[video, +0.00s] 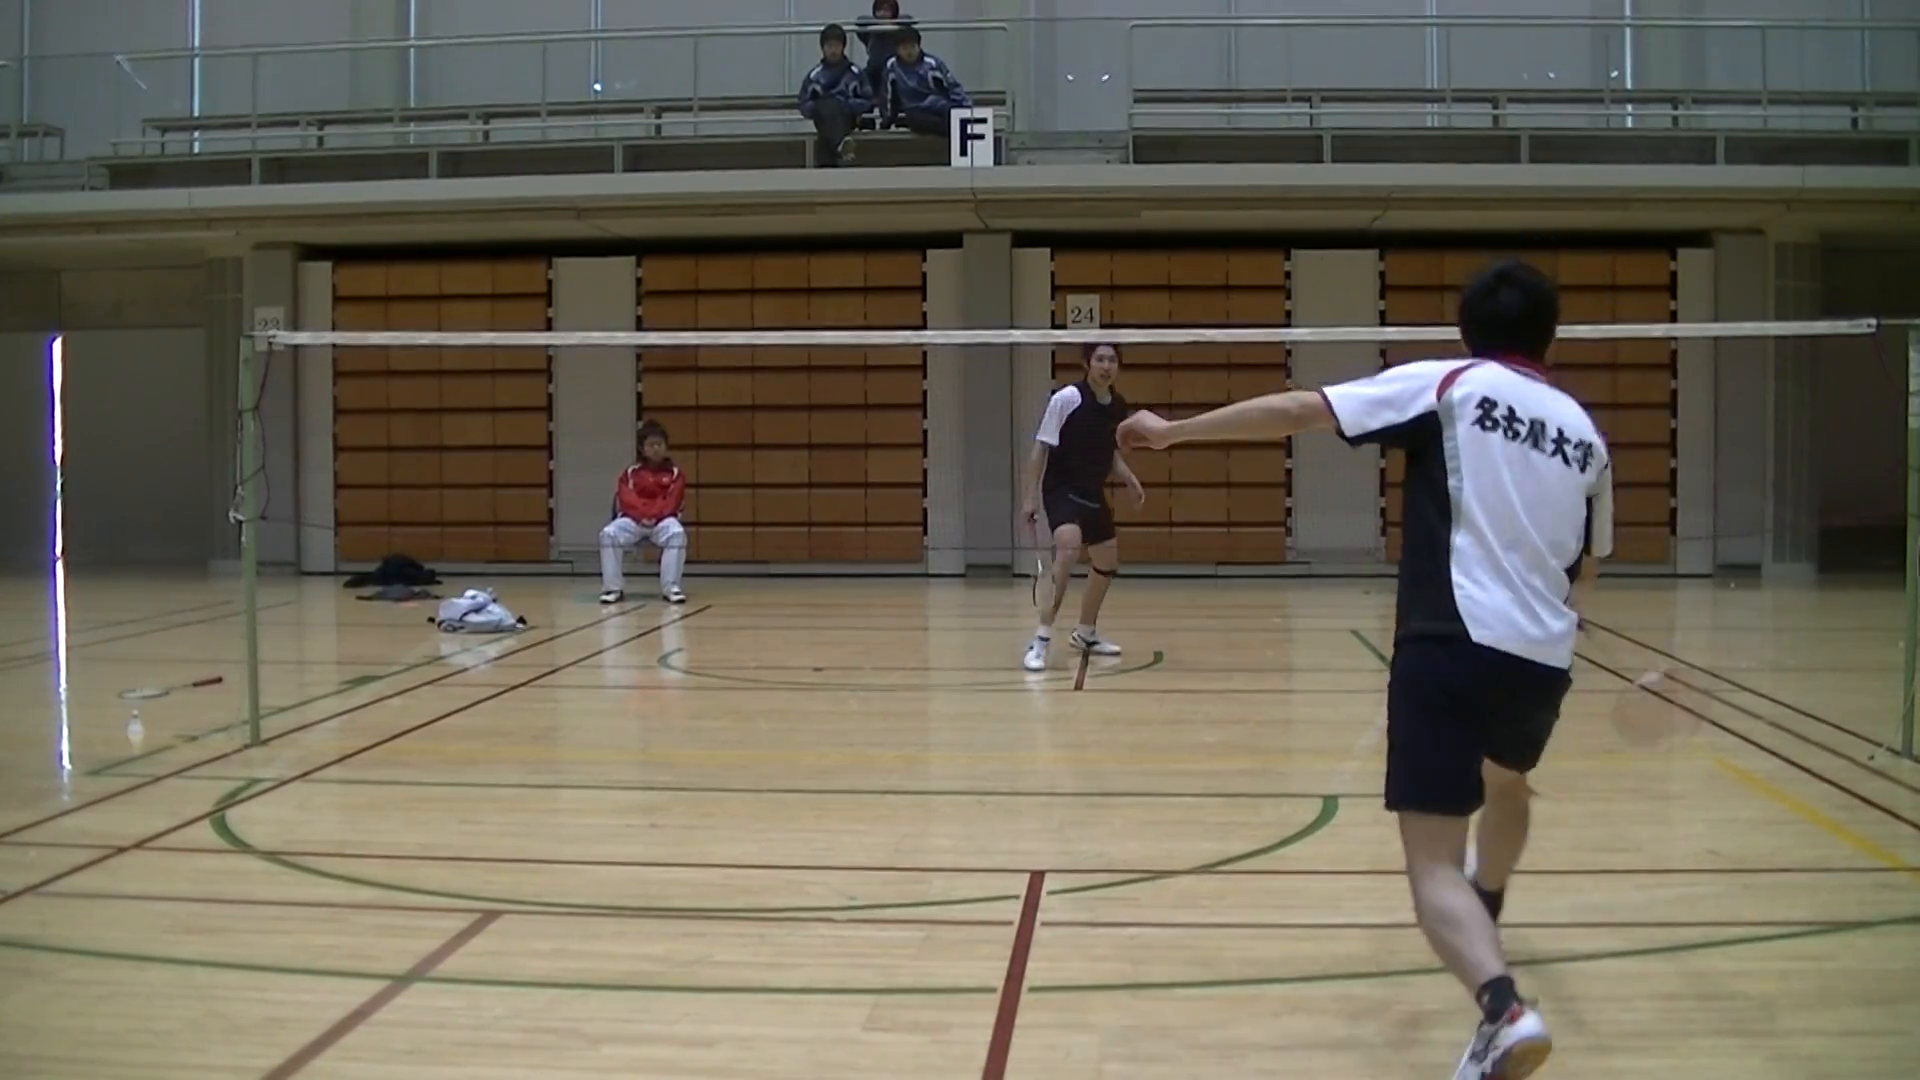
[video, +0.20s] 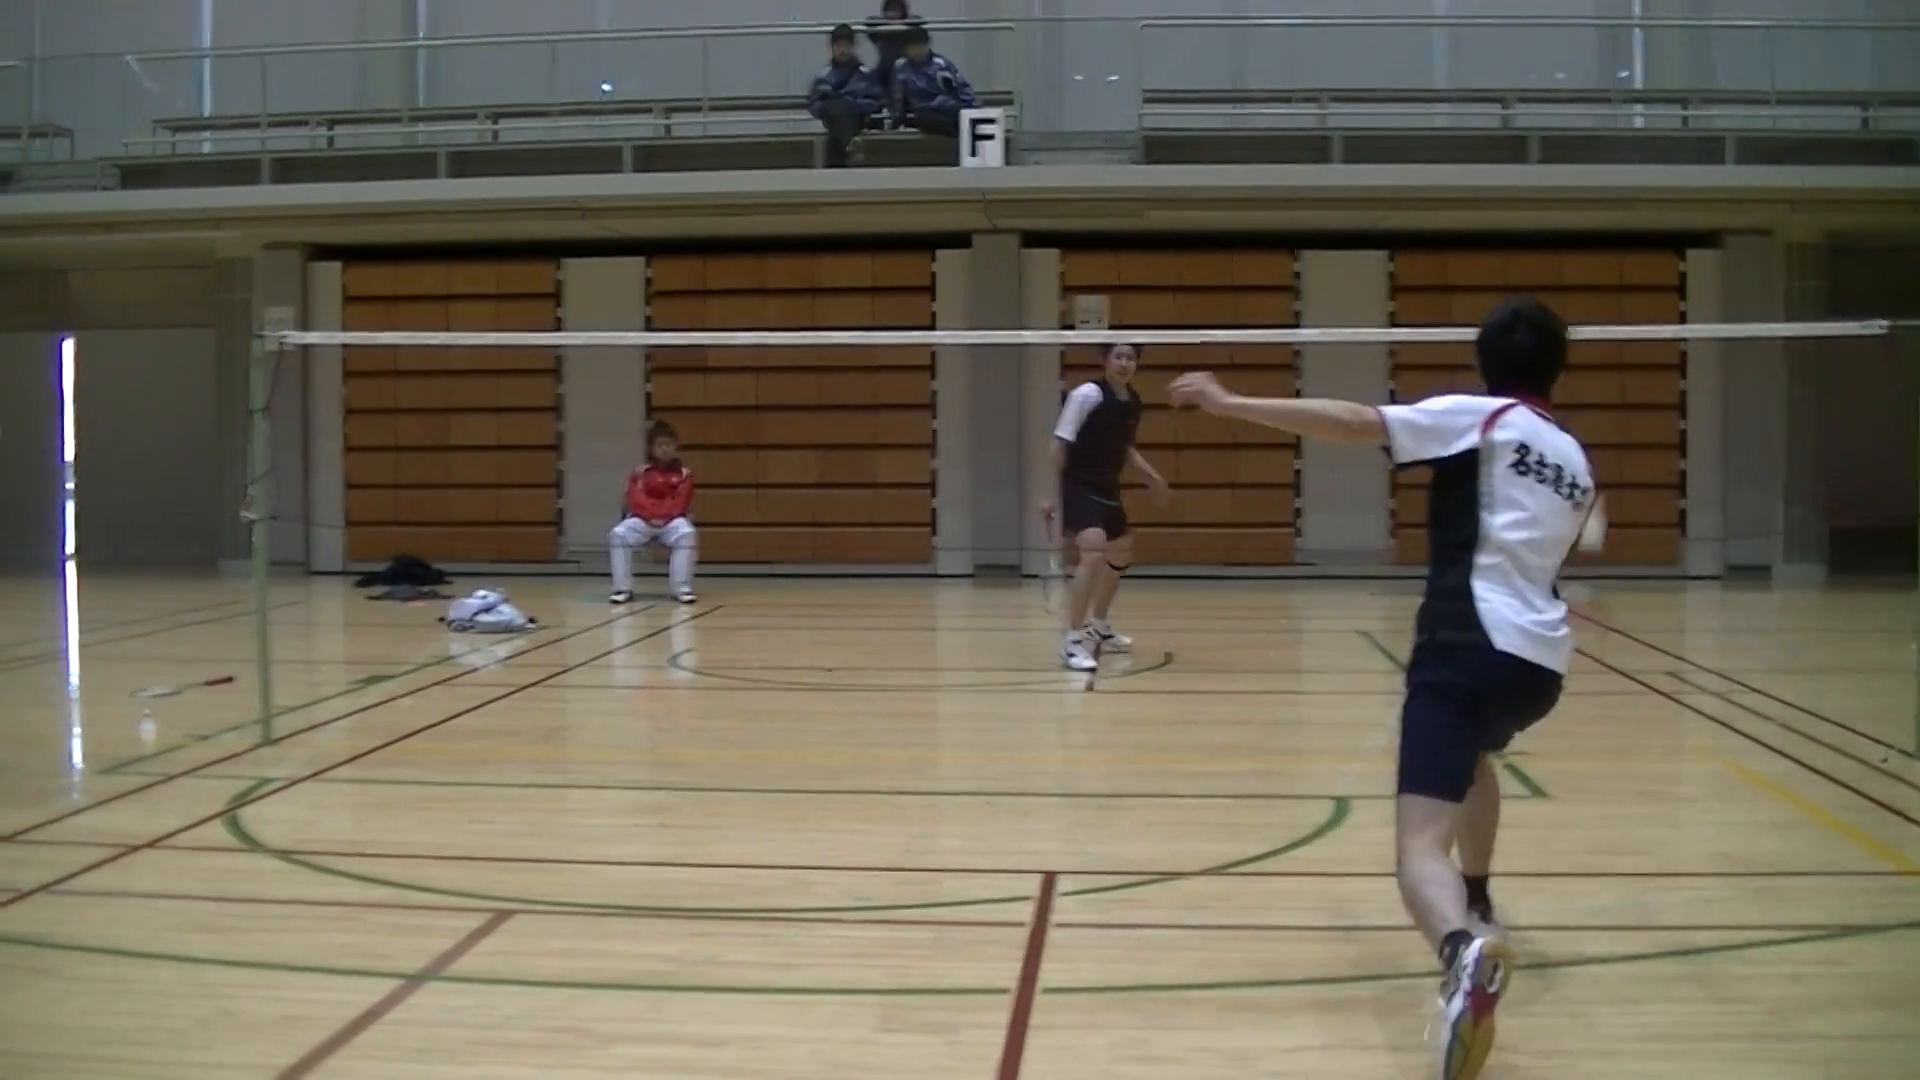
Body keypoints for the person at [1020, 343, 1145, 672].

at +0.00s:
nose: (1107, 366)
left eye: (1112, 361)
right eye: (1101, 359)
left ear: (1118, 367)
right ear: (1087, 364)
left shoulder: (1115, 405)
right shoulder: (1066, 398)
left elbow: (1109, 454)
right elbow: (1040, 449)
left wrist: (1130, 479)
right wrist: (1030, 499)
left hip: (1094, 492)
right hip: (1061, 490)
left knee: (1105, 564)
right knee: (1069, 549)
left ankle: (1085, 633)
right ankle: (1041, 639)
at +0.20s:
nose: (1124, 364)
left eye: (1130, 359)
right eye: (1118, 357)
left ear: (1136, 365)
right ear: (1105, 360)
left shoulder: (1131, 400)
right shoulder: (1087, 394)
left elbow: (1124, 447)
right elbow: (1058, 447)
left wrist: (1152, 475)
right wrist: (1051, 499)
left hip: (1108, 491)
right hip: (1080, 489)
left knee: (1120, 551)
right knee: (1094, 552)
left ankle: (1098, 625)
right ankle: (1073, 638)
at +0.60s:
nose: (1175, 386)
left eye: (1179, 381)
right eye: (1168, 380)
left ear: (1184, 388)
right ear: (1151, 387)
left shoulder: (1186, 426)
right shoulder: (1138, 426)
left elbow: (1204, 444)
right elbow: (1126, 483)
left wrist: (1247, 432)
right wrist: (1141, 526)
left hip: (1166, 517)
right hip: (1132, 514)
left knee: (1175, 583)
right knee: (1116, 584)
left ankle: (1125, 617)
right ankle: (1090, 641)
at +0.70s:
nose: (1189, 374)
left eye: (1193, 369)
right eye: (1182, 368)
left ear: (1195, 374)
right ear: (1164, 372)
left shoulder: (1180, 411)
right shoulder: (1158, 409)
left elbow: (1175, 451)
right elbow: (1151, 463)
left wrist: (1203, 446)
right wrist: (1176, 503)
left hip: (1165, 507)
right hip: (1138, 506)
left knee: (1187, 577)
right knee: (1120, 593)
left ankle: (1124, 624)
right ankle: (1063, 630)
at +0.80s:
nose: (1212, 379)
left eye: (1215, 373)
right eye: (1206, 371)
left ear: (1214, 376)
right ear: (1186, 372)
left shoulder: (1188, 407)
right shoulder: (1181, 408)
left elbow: (1171, 463)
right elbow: (1172, 462)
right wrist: (1201, 505)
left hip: (1166, 509)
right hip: (1150, 510)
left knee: (1185, 583)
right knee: (1155, 597)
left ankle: (1123, 638)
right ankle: (1074, 612)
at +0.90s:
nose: (1249, 398)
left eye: (1251, 392)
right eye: (1242, 391)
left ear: (1224, 396)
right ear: (1221, 393)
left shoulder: (1210, 425)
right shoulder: (1213, 426)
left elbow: (1192, 481)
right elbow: (1207, 481)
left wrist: (1206, 520)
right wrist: (1242, 527)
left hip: (1164, 523)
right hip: (1172, 525)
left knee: (1180, 598)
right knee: (1219, 589)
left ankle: (1113, 650)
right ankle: (1147, 634)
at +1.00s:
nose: (1295, 408)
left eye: (1299, 401)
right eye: (1290, 399)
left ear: (1299, 403)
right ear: (1268, 400)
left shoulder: (1267, 437)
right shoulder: (1258, 436)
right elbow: (1263, 495)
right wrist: (1292, 538)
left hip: (1210, 521)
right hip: (1206, 521)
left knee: (1179, 600)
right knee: (1265, 569)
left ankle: (1119, 643)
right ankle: (1271, 665)